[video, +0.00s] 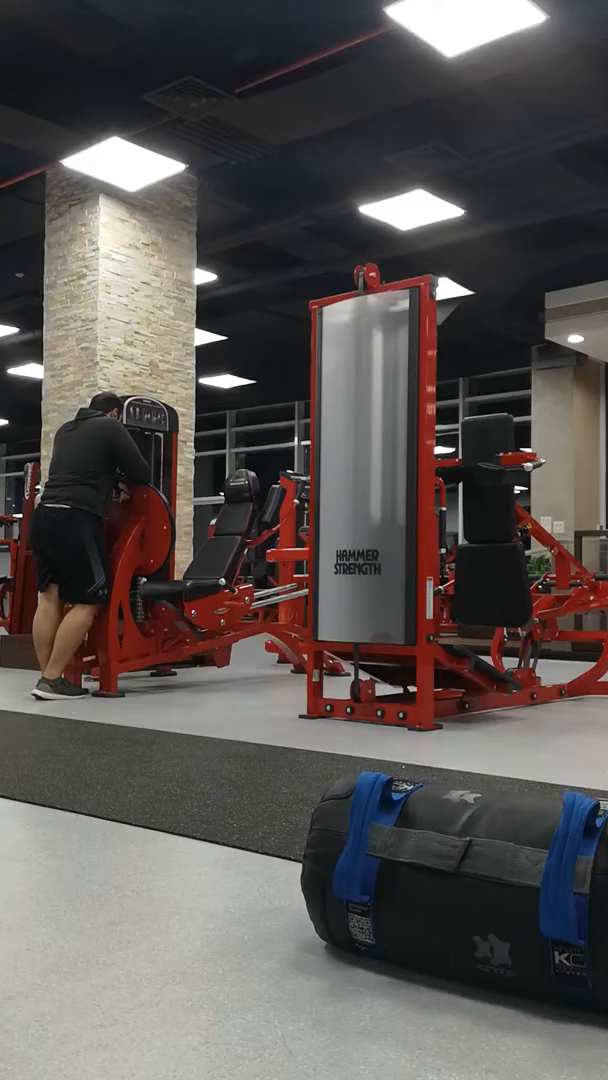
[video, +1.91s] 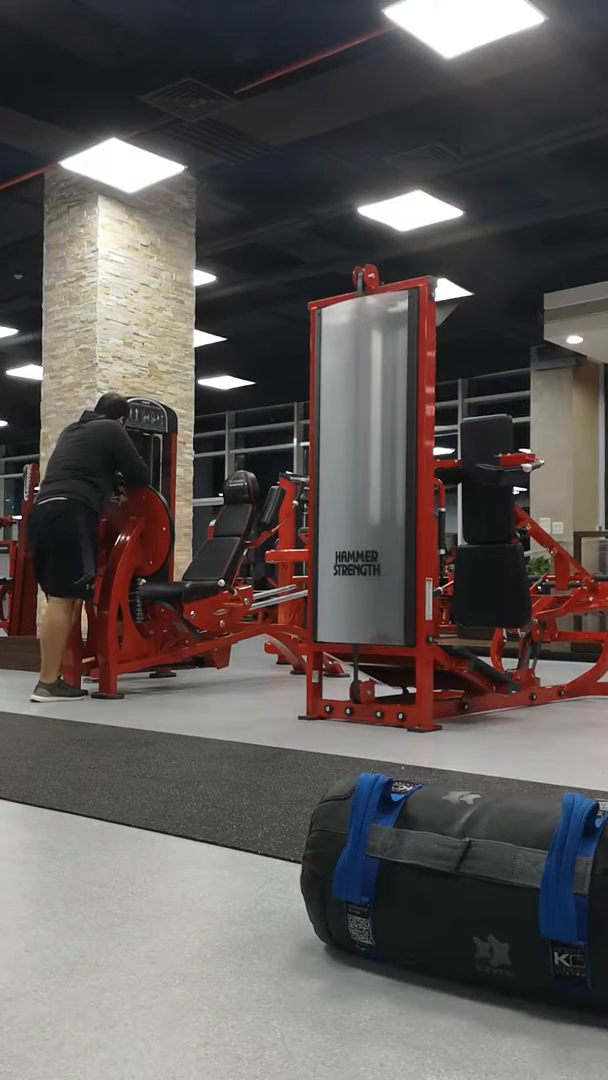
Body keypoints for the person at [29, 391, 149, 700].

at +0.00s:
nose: (120, 421)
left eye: (120, 417)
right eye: (121, 417)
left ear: (91, 409)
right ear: (113, 413)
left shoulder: (65, 429)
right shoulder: (112, 428)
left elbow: (72, 470)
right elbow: (142, 476)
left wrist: (111, 485)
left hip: (43, 516)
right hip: (76, 520)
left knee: (48, 597)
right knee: (87, 602)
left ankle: (47, 676)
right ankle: (53, 678)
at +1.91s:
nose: (123, 425)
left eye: (123, 422)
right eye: (125, 421)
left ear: (97, 413)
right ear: (120, 418)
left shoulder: (71, 430)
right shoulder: (113, 430)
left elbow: (75, 468)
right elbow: (141, 477)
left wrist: (109, 486)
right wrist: (112, 472)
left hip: (42, 511)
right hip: (68, 511)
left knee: (66, 599)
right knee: (60, 600)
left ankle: (52, 678)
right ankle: (47, 681)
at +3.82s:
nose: (126, 427)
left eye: (126, 423)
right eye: (127, 423)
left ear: (99, 414)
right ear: (122, 419)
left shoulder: (71, 431)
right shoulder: (113, 431)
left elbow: (76, 470)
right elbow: (140, 478)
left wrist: (110, 487)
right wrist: (114, 476)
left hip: (42, 511)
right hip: (68, 510)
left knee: (61, 600)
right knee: (64, 600)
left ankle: (50, 678)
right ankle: (48, 682)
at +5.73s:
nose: (126, 426)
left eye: (126, 423)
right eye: (127, 423)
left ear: (99, 413)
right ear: (121, 419)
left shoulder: (71, 431)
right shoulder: (113, 430)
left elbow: (74, 471)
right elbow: (141, 478)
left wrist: (109, 486)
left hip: (45, 511)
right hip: (70, 510)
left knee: (70, 601)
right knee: (62, 601)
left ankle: (54, 678)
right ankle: (47, 682)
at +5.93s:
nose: (125, 428)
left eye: (125, 424)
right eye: (126, 424)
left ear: (98, 414)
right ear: (121, 420)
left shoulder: (71, 430)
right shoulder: (112, 430)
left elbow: (76, 471)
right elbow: (141, 478)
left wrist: (111, 487)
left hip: (45, 511)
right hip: (70, 510)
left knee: (69, 601)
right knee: (63, 601)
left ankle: (53, 678)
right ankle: (47, 682)